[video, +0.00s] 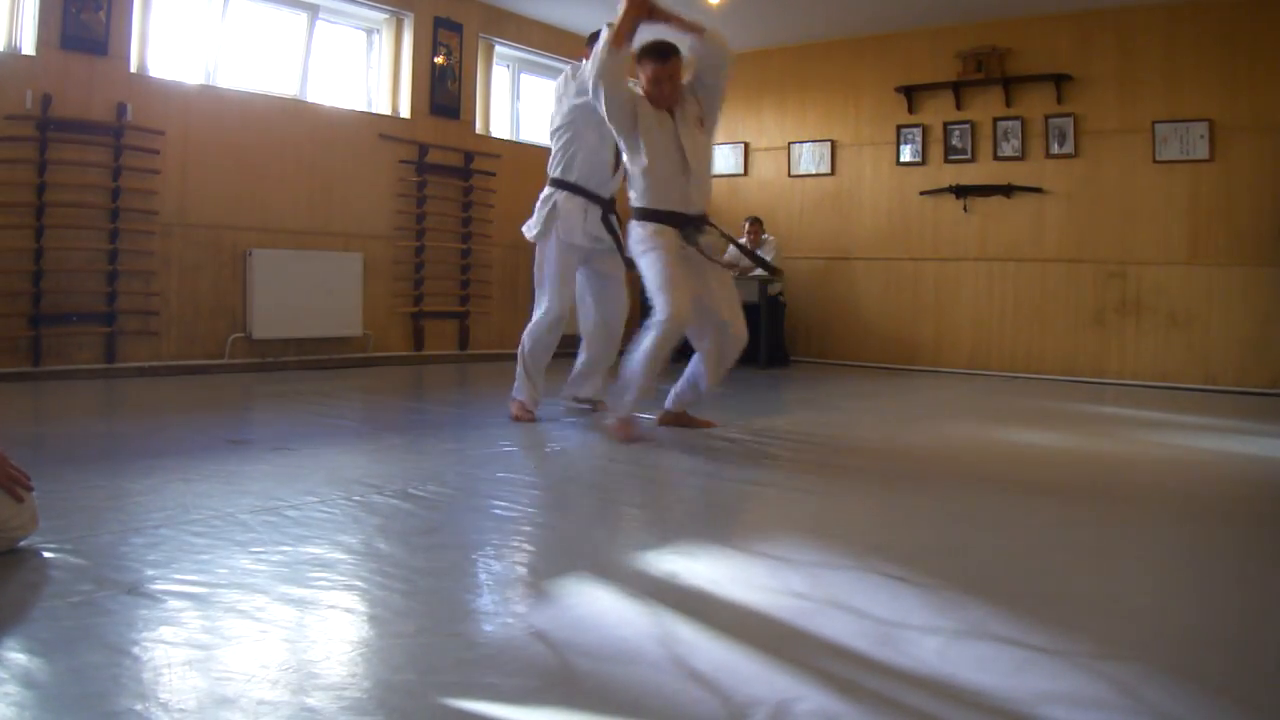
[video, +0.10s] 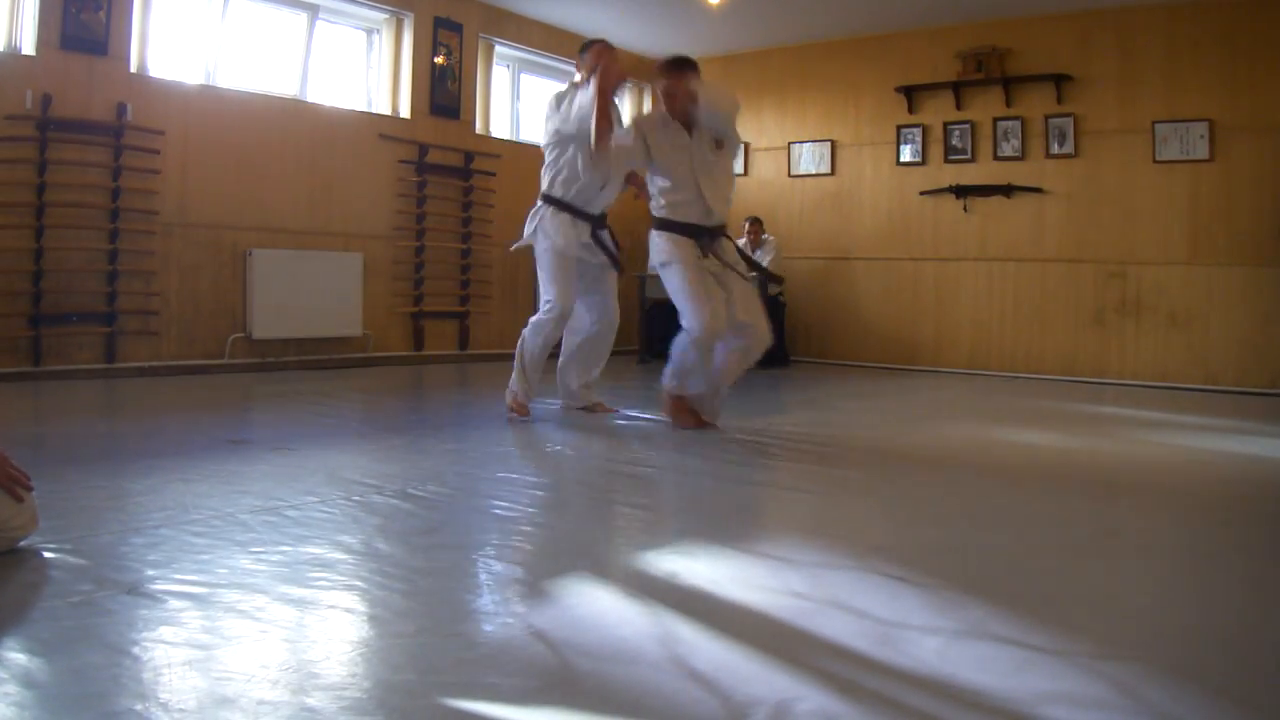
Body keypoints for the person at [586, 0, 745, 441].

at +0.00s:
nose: (662, 86)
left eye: (668, 77)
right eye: (653, 78)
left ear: (681, 74)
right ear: (638, 79)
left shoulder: (699, 112)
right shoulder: (631, 117)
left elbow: (719, 53)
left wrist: (670, 19)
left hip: (695, 235)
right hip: (652, 230)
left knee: (730, 334)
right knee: (673, 312)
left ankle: (677, 407)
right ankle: (620, 413)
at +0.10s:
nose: (676, 96)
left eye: (684, 88)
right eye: (669, 89)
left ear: (697, 90)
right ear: (659, 92)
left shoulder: (717, 128)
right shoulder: (648, 129)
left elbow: (727, 108)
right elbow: (607, 156)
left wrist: (691, 89)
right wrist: (603, 94)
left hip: (716, 240)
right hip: (672, 239)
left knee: (755, 332)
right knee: (703, 321)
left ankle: (700, 402)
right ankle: (676, 391)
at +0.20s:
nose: (688, 128)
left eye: (696, 120)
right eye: (681, 120)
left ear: (713, 118)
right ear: (674, 121)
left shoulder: (737, 143)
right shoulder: (664, 155)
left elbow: (731, 183)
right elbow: (636, 199)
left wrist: (666, 185)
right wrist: (613, 227)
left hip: (735, 262)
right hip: (687, 262)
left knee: (770, 355)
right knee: (702, 343)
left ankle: (720, 374)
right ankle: (687, 408)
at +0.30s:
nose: (697, 165)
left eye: (706, 157)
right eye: (693, 156)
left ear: (725, 154)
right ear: (687, 155)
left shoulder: (750, 181)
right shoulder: (675, 188)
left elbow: (757, 247)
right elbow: (652, 237)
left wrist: (698, 264)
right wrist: (630, 281)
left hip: (748, 285)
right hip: (700, 283)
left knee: (758, 386)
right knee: (687, 344)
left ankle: (773, 379)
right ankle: (697, 410)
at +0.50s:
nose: (743, 189)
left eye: (752, 183)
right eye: (741, 180)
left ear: (771, 182)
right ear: (736, 177)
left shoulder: (790, 211)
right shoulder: (723, 199)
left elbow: (790, 272)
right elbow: (673, 208)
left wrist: (738, 297)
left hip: (771, 304)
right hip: (728, 289)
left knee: (768, 408)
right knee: (682, 311)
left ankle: (779, 395)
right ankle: (694, 407)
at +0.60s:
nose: (759, 185)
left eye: (766, 180)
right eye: (756, 178)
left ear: (786, 179)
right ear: (751, 175)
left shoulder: (803, 211)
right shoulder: (735, 198)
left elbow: (797, 256)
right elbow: (692, 191)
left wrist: (748, 270)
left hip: (774, 311)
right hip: (731, 298)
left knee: (767, 410)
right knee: (679, 310)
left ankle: (785, 394)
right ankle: (692, 395)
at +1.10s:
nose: (753, 170)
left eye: (762, 164)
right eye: (749, 163)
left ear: (778, 169)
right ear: (744, 166)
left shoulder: (796, 204)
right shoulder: (727, 204)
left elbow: (837, 244)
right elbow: (674, 218)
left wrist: (803, 250)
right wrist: (673, 241)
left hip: (776, 303)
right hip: (734, 294)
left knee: (763, 407)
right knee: (697, 324)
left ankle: (790, 388)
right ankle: (724, 404)